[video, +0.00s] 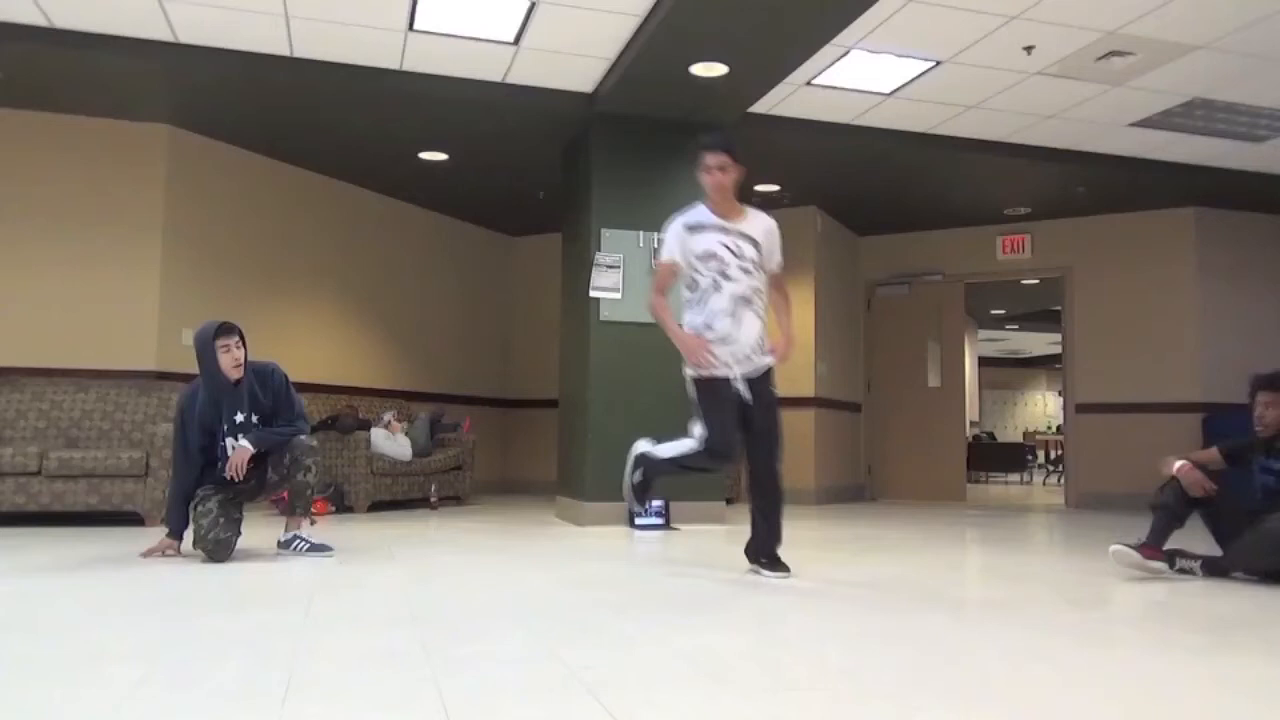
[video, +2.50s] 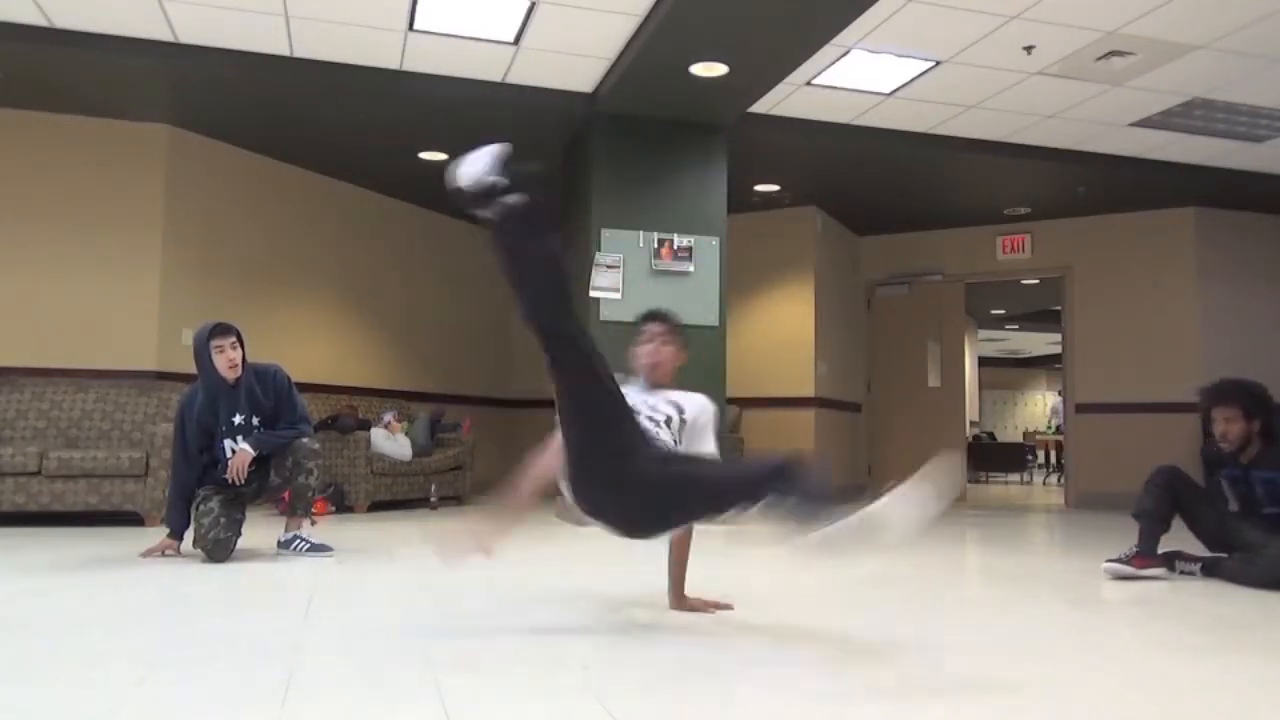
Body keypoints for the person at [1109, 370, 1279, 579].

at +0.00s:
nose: (1258, 413)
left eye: (1269, 406)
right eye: (1256, 406)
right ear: (1251, 408)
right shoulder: (1256, 446)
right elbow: (1170, 462)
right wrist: (1182, 468)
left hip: (1271, 555)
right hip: (1246, 545)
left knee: (1276, 523)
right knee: (1188, 475)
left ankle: (1214, 566)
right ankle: (1151, 547)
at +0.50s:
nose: (1226, 419)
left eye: (1236, 411)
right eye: (1225, 411)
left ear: (1263, 416)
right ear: (1221, 413)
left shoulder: (1274, 460)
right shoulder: (1234, 452)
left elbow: (1275, 515)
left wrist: (1217, 515)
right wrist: (1167, 474)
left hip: (1266, 537)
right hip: (1234, 533)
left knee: (1268, 568)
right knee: (1174, 483)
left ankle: (1197, 565)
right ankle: (1147, 554)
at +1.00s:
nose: (1221, 432)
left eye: (1231, 423)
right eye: (1217, 422)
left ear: (1257, 428)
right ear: (1212, 423)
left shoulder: (1274, 466)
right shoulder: (1224, 461)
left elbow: (1274, 529)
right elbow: (1212, 501)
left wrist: (1201, 528)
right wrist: (1157, 511)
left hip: (1265, 544)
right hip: (1233, 532)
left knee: (1270, 570)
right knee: (1177, 475)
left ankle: (1205, 566)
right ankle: (1149, 555)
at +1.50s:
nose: (1235, 428)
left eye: (1246, 420)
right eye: (1232, 418)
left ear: (1272, 425)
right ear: (1227, 419)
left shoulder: (1275, 466)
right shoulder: (1228, 457)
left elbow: (1276, 529)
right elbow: (1211, 496)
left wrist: (1207, 526)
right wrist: (1161, 510)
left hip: (1267, 544)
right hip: (1235, 534)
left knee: (1271, 571)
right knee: (1182, 474)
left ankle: (1202, 566)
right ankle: (1149, 554)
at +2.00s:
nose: (1213, 432)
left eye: (1222, 422)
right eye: (1208, 424)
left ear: (1248, 424)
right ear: (1204, 428)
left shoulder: (1273, 460)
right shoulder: (1216, 460)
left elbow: (1275, 525)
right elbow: (1208, 503)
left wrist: (1237, 522)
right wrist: (1162, 513)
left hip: (1267, 543)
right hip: (1233, 537)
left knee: (1271, 573)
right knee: (1184, 473)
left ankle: (1202, 566)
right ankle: (1149, 554)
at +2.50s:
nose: (1220, 431)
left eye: (1230, 421)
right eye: (1214, 422)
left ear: (1254, 425)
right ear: (1208, 426)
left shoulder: (1272, 459)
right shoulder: (1214, 456)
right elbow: (1216, 503)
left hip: (1267, 540)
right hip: (1228, 530)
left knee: (1272, 572)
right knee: (1166, 476)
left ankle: (1205, 566)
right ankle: (1145, 552)